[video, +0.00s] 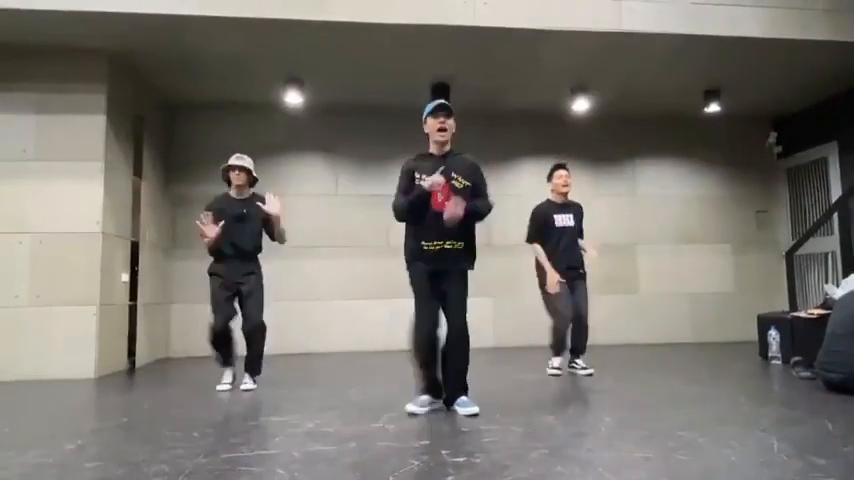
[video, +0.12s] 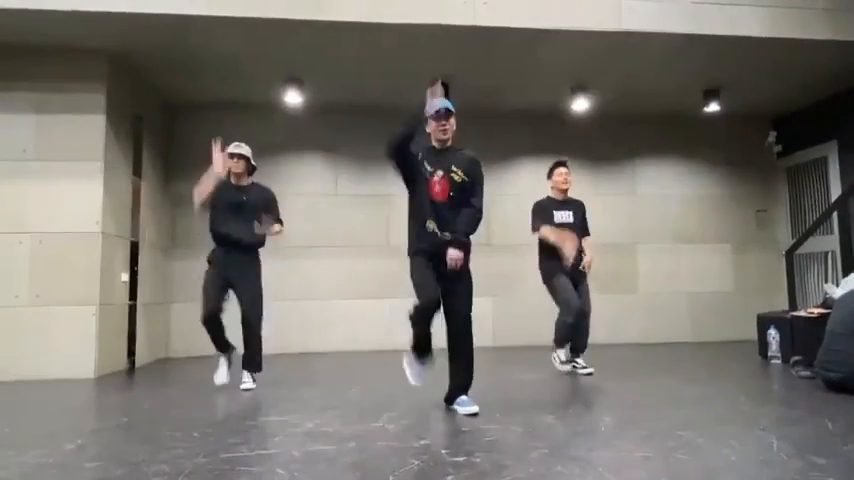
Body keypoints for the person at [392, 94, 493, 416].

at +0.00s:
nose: (442, 128)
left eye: (446, 124)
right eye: (436, 124)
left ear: (453, 127)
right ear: (426, 128)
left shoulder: (468, 166)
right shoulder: (412, 167)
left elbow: (484, 206)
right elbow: (400, 211)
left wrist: (464, 207)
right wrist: (422, 190)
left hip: (456, 258)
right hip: (421, 259)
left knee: (457, 325)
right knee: (426, 325)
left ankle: (457, 393)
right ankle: (430, 391)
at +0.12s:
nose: (443, 123)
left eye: (447, 118)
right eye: (437, 119)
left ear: (455, 122)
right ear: (427, 125)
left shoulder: (468, 163)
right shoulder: (415, 161)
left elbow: (474, 209)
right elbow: (397, 150)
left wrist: (459, 242)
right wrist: (421, 117)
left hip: (456, 249)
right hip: (423, 249)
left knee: (461, 322)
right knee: (429, 301)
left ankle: (458, 393)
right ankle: (419, 354)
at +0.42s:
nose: (444, 116)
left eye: (449, 111)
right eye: (438, 111)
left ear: (455, 117)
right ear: (427, 117)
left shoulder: (467, 162)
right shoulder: (413, 158)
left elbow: (472, 209)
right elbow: (399, 194)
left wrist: (456, 245)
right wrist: (415, 162)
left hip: (451, 252)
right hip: (416, 250)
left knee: (455, 326)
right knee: (400, 308)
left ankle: (457, 393)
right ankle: (395, 362)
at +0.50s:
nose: (441, 116)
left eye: (446, 111)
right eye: (434, 111)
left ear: (453, 118)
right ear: (424, 118)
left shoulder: (466, 162)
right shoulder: (409, 159)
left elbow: (471, 209)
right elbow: (398, 202)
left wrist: (456, 245)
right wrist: (412, 211)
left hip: (449, 254)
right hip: (413, 254)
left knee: (454, 326)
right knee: (396, 324)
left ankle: (457, 393)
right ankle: (380, 392)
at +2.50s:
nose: (450, 123)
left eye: (454, 118)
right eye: (443, 117)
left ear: (460, 126)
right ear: (431, 125)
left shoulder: (475, 166)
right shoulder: (419, 168)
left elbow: (485, 209)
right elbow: (412, 212)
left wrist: (473, 241)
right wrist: (424, 233)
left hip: (467, 257)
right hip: (431, 258)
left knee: (471, 325)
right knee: (419, 323)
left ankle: (474, 389)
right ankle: (405, 389)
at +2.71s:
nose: (453, 123)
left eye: (456, 119)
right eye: (446, 118)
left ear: (460, 126)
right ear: (432, 125)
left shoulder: (470, 165)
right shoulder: (419, 163)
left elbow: (474, 210)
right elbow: (420, 197)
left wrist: (455, 207)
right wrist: (466, 199)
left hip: (461, 253)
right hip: (427, 254)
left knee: (470, 321)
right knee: (417, 321)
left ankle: (476, 390)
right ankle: (400, 389)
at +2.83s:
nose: (441, 125)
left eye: (445, 120)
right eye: (435, 120)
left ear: (452, 126)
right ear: (424, 126)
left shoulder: (464, 165)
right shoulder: (414, 163)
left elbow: (481, 205)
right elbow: (395, 191)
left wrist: (470, 178)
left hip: (455, 260)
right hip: (419, 259)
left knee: (464, 324)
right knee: (411, 324)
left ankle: (475, 390)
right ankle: (402, 390)